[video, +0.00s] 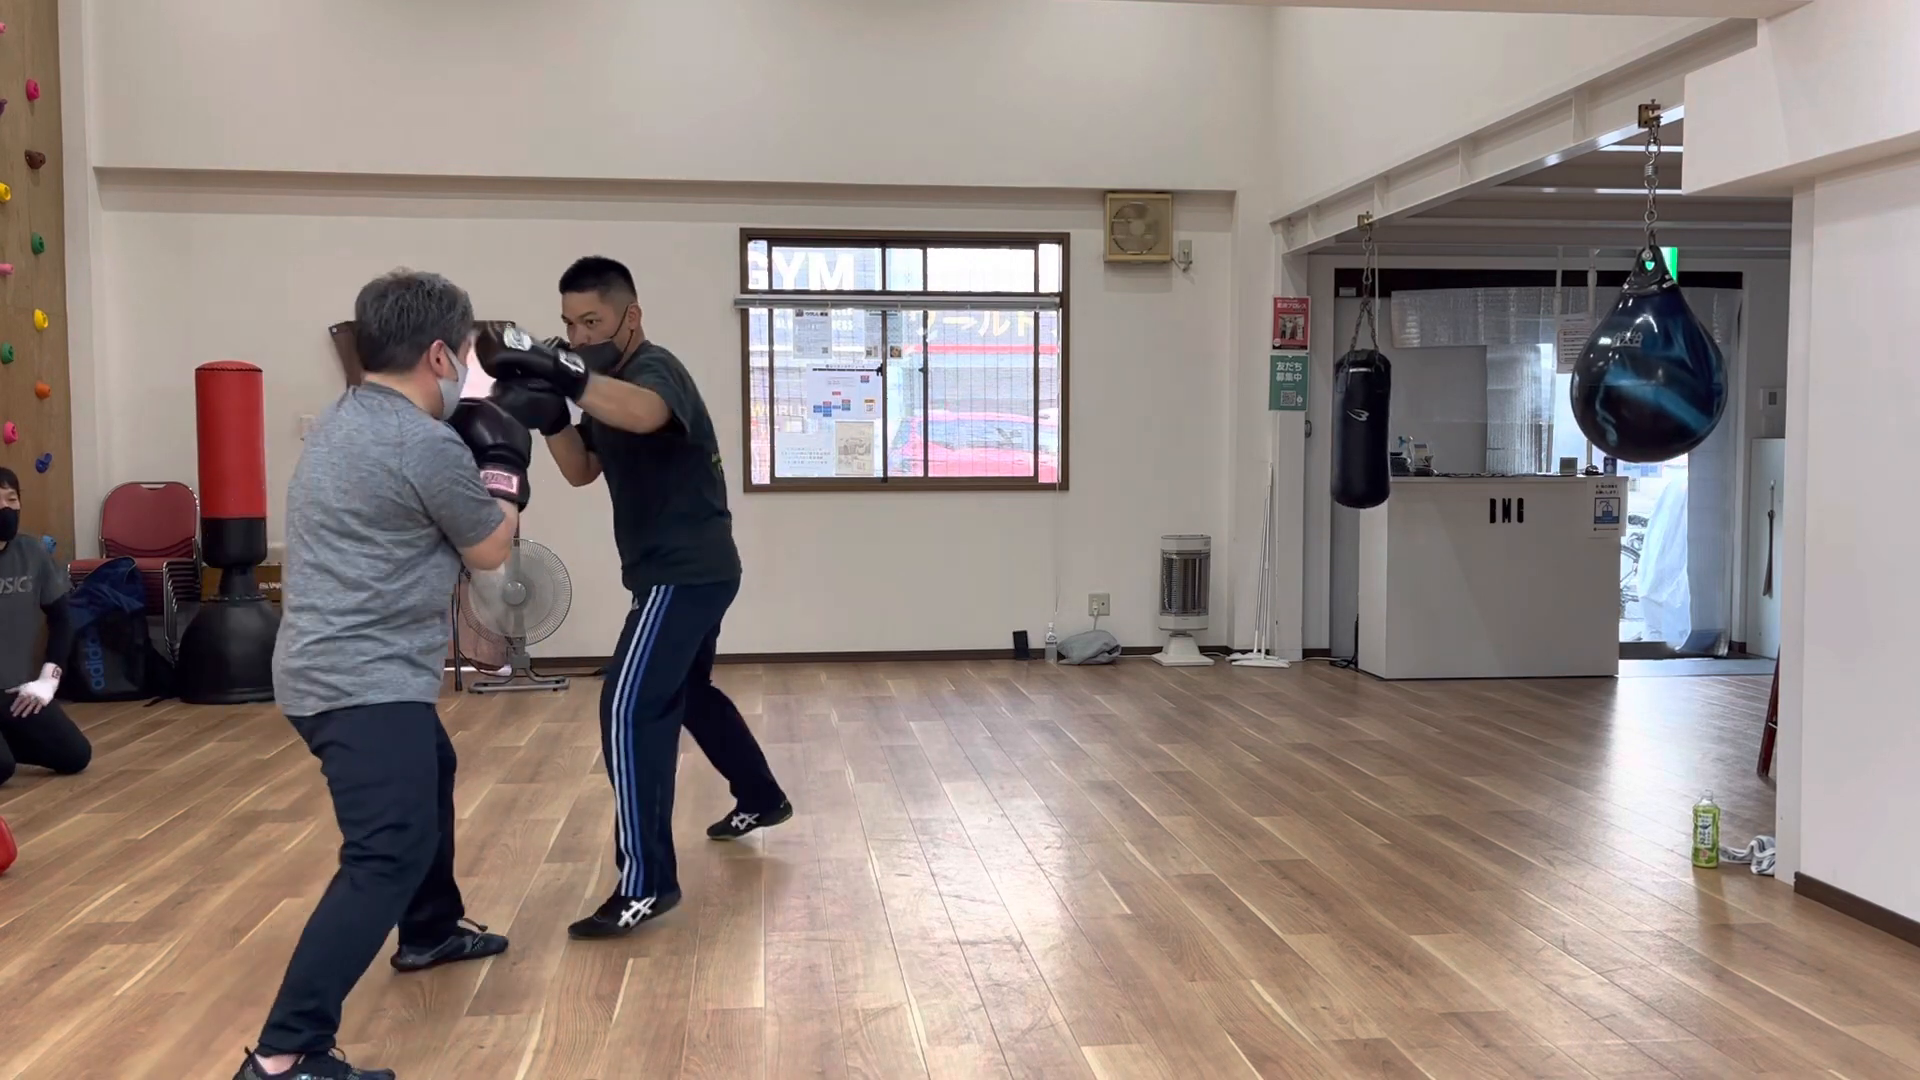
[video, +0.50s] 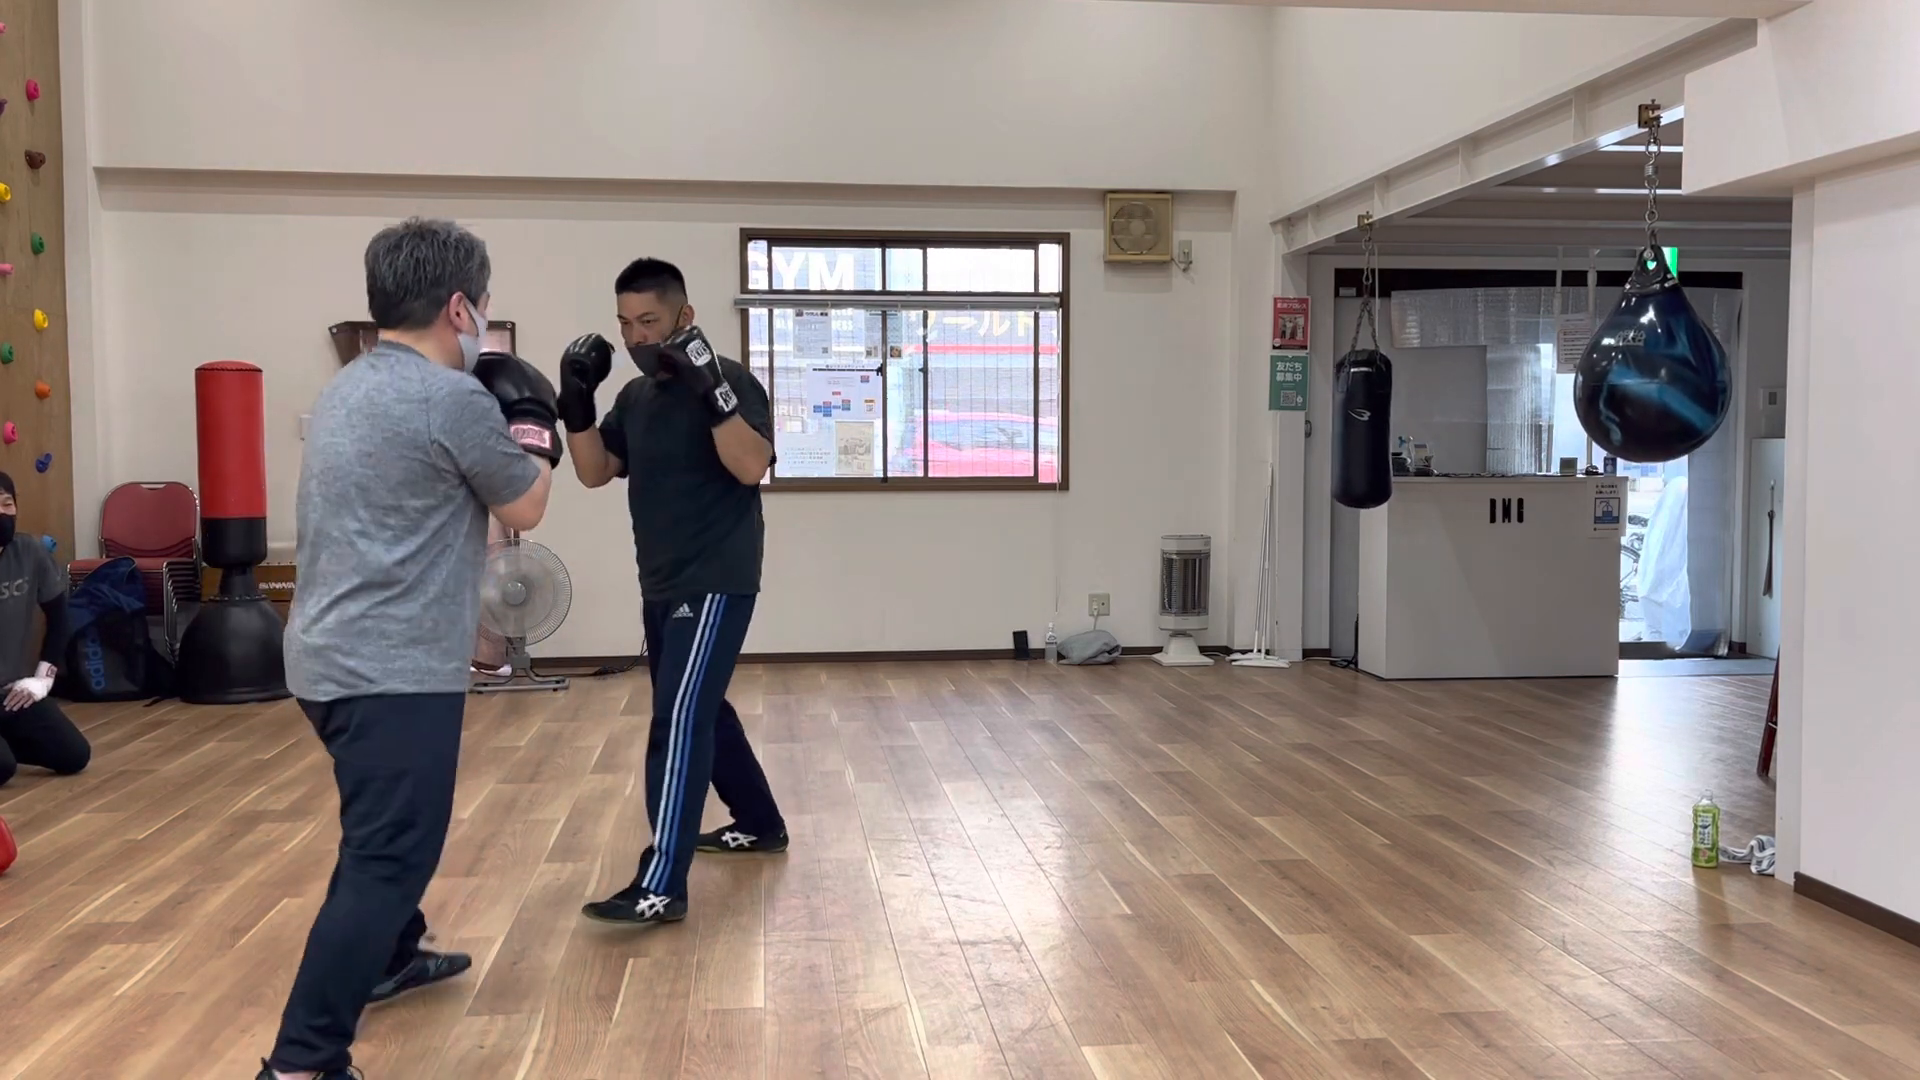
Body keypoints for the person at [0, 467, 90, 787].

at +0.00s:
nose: (6, 506)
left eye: (12, 498)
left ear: (20, 503)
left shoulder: (30, 552)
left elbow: (61, 616)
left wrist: (48, 678)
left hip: (16, 692)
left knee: (75, 756)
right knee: (2, 767)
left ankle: (2, 741)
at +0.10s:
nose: (5, 506)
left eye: (9, 498)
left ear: (17, 503)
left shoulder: (27, 549)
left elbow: (60, 613)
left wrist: (47, 676)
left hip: (15, 691)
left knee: (75, 756)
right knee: (3, 766)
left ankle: (2, 742)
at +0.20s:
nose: (4, 507)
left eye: (8, 499)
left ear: (16, 504)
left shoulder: (28, 550)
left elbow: (63, 612)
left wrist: (44, 672)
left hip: (13, 688)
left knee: (74, 756)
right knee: (3, 767)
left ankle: (2, 742)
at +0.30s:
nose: (5, 508)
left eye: (8, 500)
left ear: (16, 505)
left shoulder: (29, 551)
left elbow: (62, 610)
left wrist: (42, 672)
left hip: (14, 687)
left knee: (74, 756)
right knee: (2, 767)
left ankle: (2, 741)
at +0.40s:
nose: (5, 509)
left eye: (8, 501)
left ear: (16, 506)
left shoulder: (30, 552)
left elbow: (60, 613)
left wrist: (40, 676)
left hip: (14, 688)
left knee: (74, 756)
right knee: (2, 766)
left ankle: (2, 741)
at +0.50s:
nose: (5, 510)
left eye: (9, 502)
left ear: (16, 507)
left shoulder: (29, 551)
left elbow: (58, 613)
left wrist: (42, 678)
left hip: (13, 689)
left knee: (74, 756)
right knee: (2, 767)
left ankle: (2, 742)